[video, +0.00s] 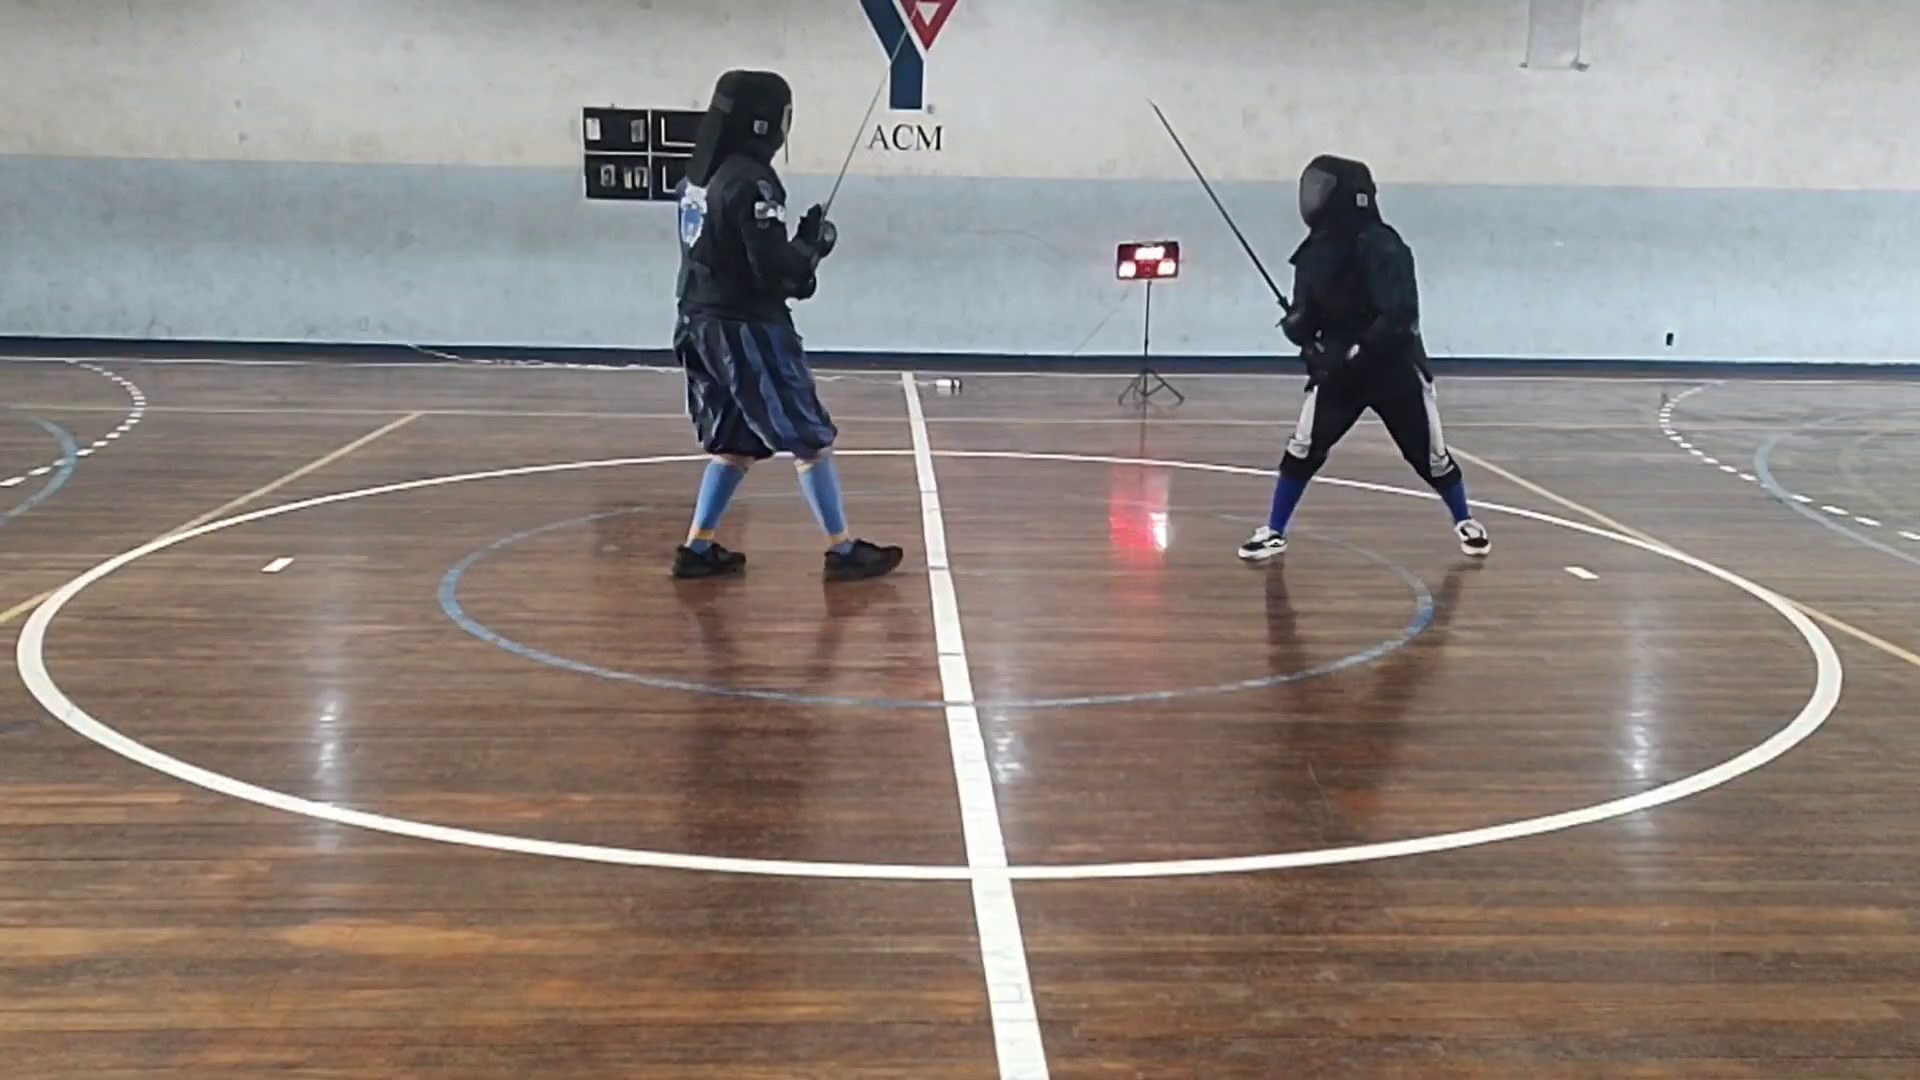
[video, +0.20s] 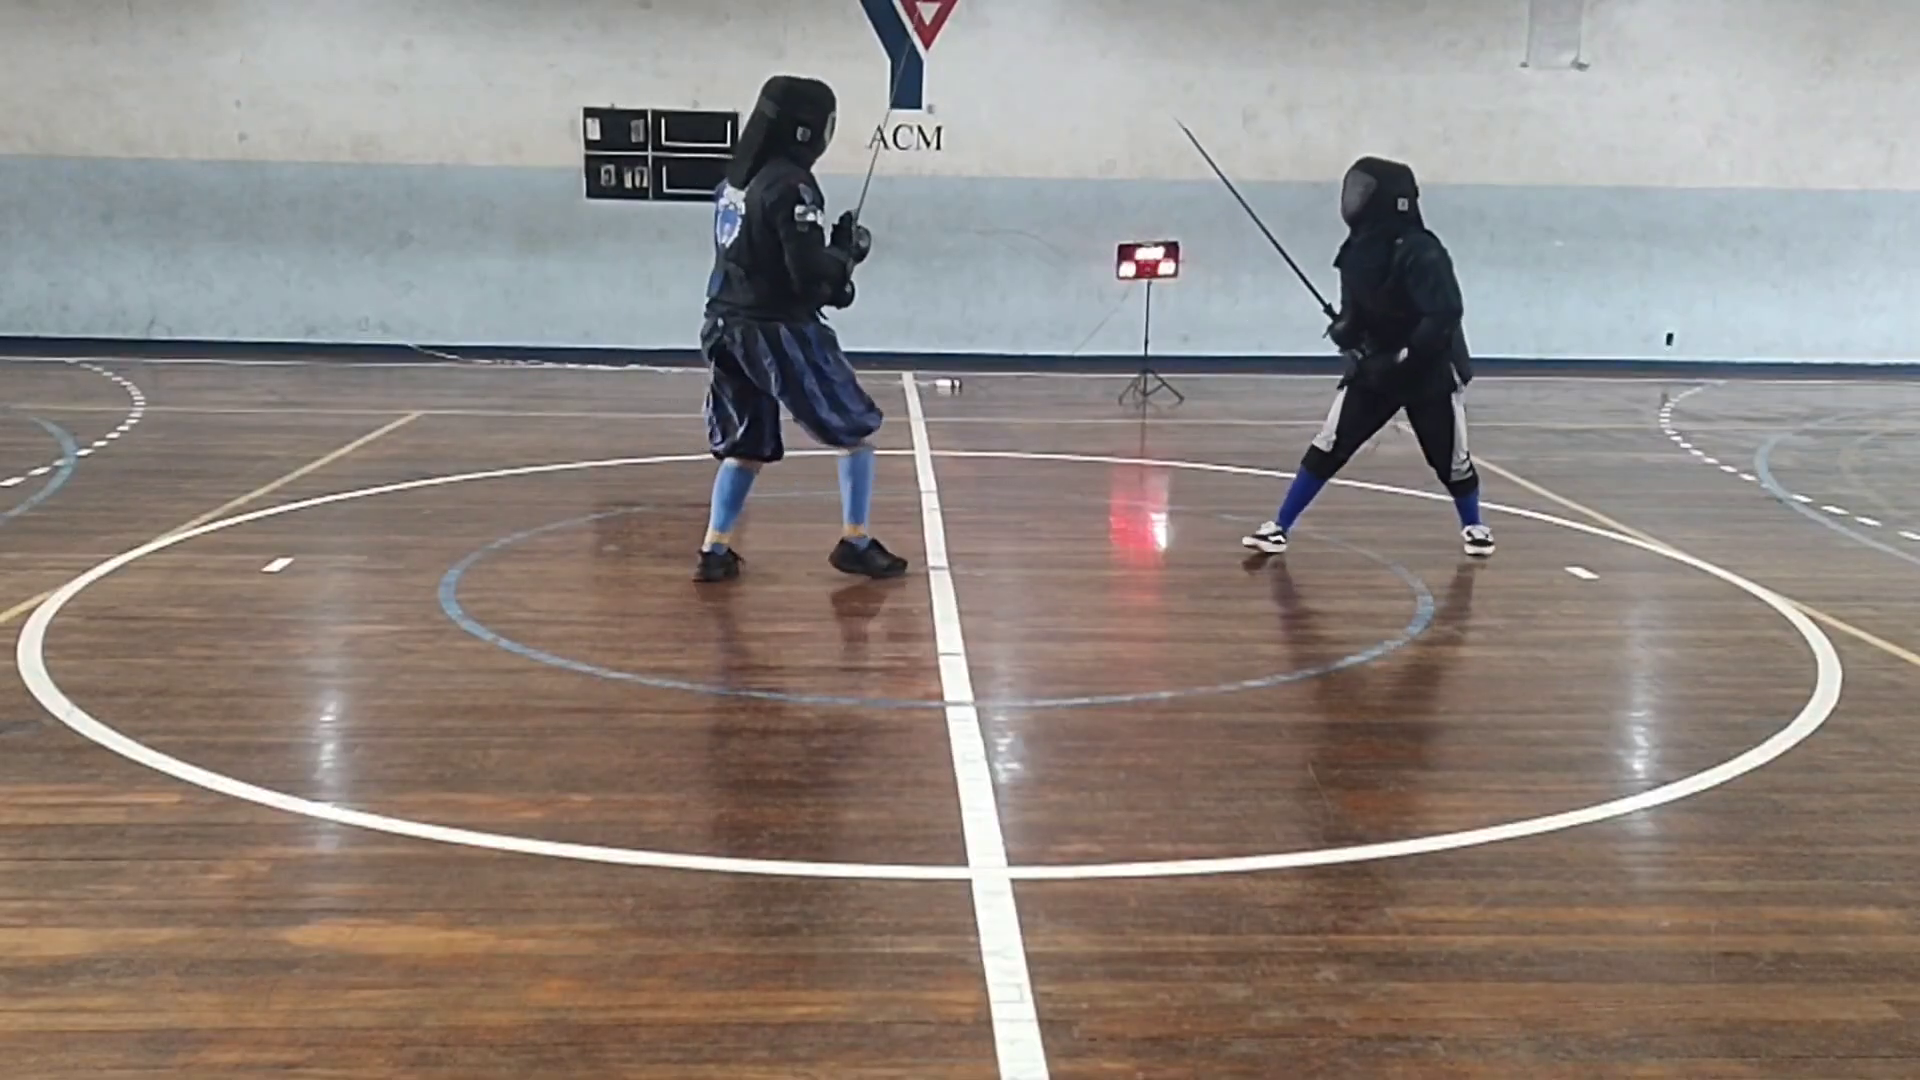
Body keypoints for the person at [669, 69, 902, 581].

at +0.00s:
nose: (784, 132)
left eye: (785, 121)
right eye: (782, 121)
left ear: (727, 119)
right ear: (765, 125)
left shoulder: (699, 173)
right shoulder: (753, 182)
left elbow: (726, 259)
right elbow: (782, 269)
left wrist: (796, 242)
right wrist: (813, 246)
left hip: (702, 324)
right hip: (750, 327)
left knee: (740, 439)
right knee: (809, 434)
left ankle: (698, 546)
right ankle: (844, 546)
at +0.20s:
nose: (828, 137)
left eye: (827, 127)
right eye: (825, 126)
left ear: (771, 121)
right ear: (809, 129)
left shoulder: (737, 175)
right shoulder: (793, 185)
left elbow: (754, 261)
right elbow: (811, 271)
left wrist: (829, 284)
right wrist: (847, 251)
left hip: (725, 327)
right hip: (781, 331)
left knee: (747, 443)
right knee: (858, 426)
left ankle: (715, 549)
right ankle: (857, 539)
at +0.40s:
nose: (873, 146)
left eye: (873, 136)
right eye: (870, 136)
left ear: (815, 131)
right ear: (853, 140)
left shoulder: (783, 183)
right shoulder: (840, 194)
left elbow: (803, 266)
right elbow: (865, 288)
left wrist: (875, 254)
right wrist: (892, 256)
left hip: (767, 330)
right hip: (822, 336)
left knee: (768, 444)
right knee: (886, 438)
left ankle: (716, 548)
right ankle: (923, 546)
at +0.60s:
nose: (931, 152)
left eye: (931, 142)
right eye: (929, 143)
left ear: (874, 139)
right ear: (913, 147)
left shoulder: (843, 190)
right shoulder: (909, 204)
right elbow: (959, 290)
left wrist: (955, 281)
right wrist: (987, 263)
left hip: (824, 331)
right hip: (886, 338)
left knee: (780, 443)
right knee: (949, 438)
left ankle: (714, 544)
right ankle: (998, 550)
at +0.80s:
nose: (994, 145)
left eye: (993, 140)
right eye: (991, 138)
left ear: (940, 135)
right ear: (978, 147)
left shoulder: (910, 169)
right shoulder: (980, 199)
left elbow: (980, 165)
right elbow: (1049, 207)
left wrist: (1030, 161)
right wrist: (1098, 188)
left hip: (878, 335)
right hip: (941, 341)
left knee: (833, 437)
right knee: (1007, 435)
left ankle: (762, 533)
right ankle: (1010, 550)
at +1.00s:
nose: (1029, 158)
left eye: (1026, 149)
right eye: (1027, 151)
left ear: (975, 129)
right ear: (1014, 151)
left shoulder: (935, 161)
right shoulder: (1011, 200)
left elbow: (978, 106)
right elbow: (1073, 171)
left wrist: (1042, 96)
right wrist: (1113, 129)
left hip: (907, 329)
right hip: (971, 337)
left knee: (865, 435)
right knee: (1023, 441)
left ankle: (805, 537)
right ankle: (1009, 551)